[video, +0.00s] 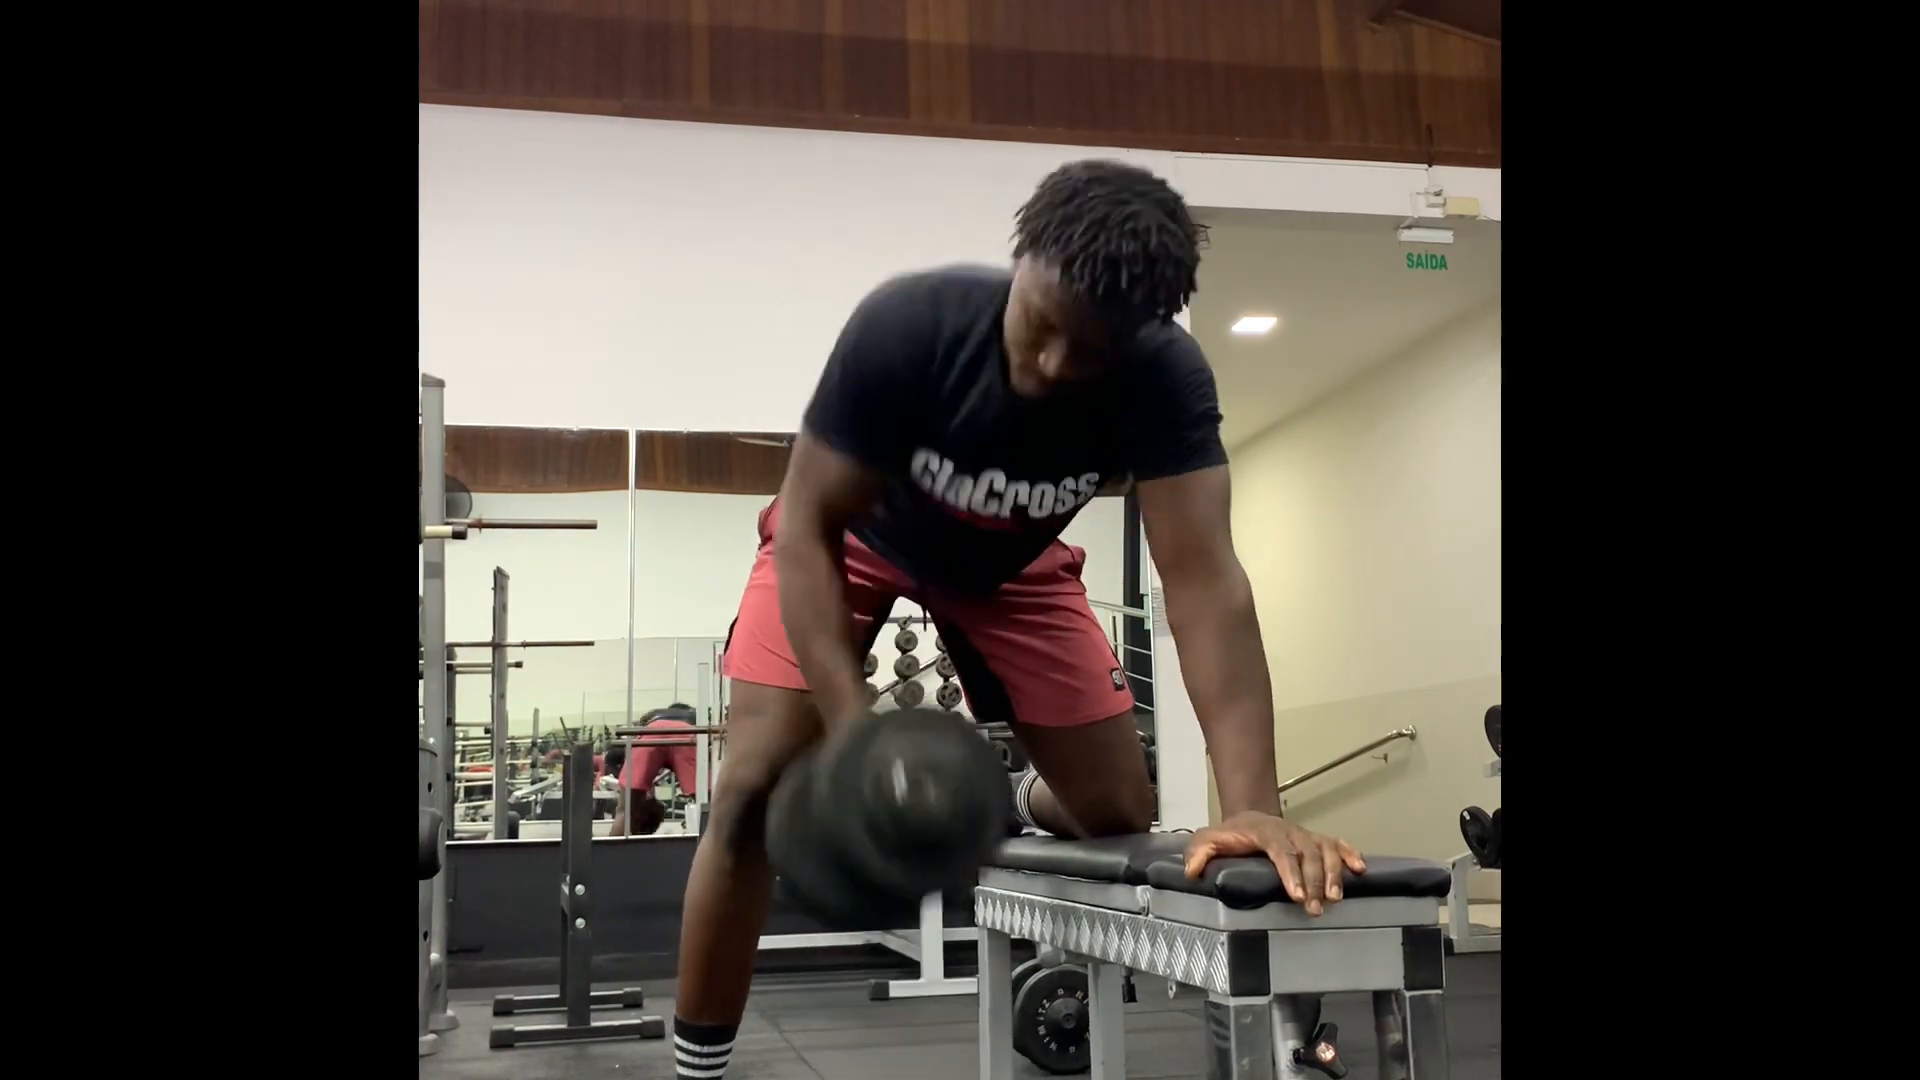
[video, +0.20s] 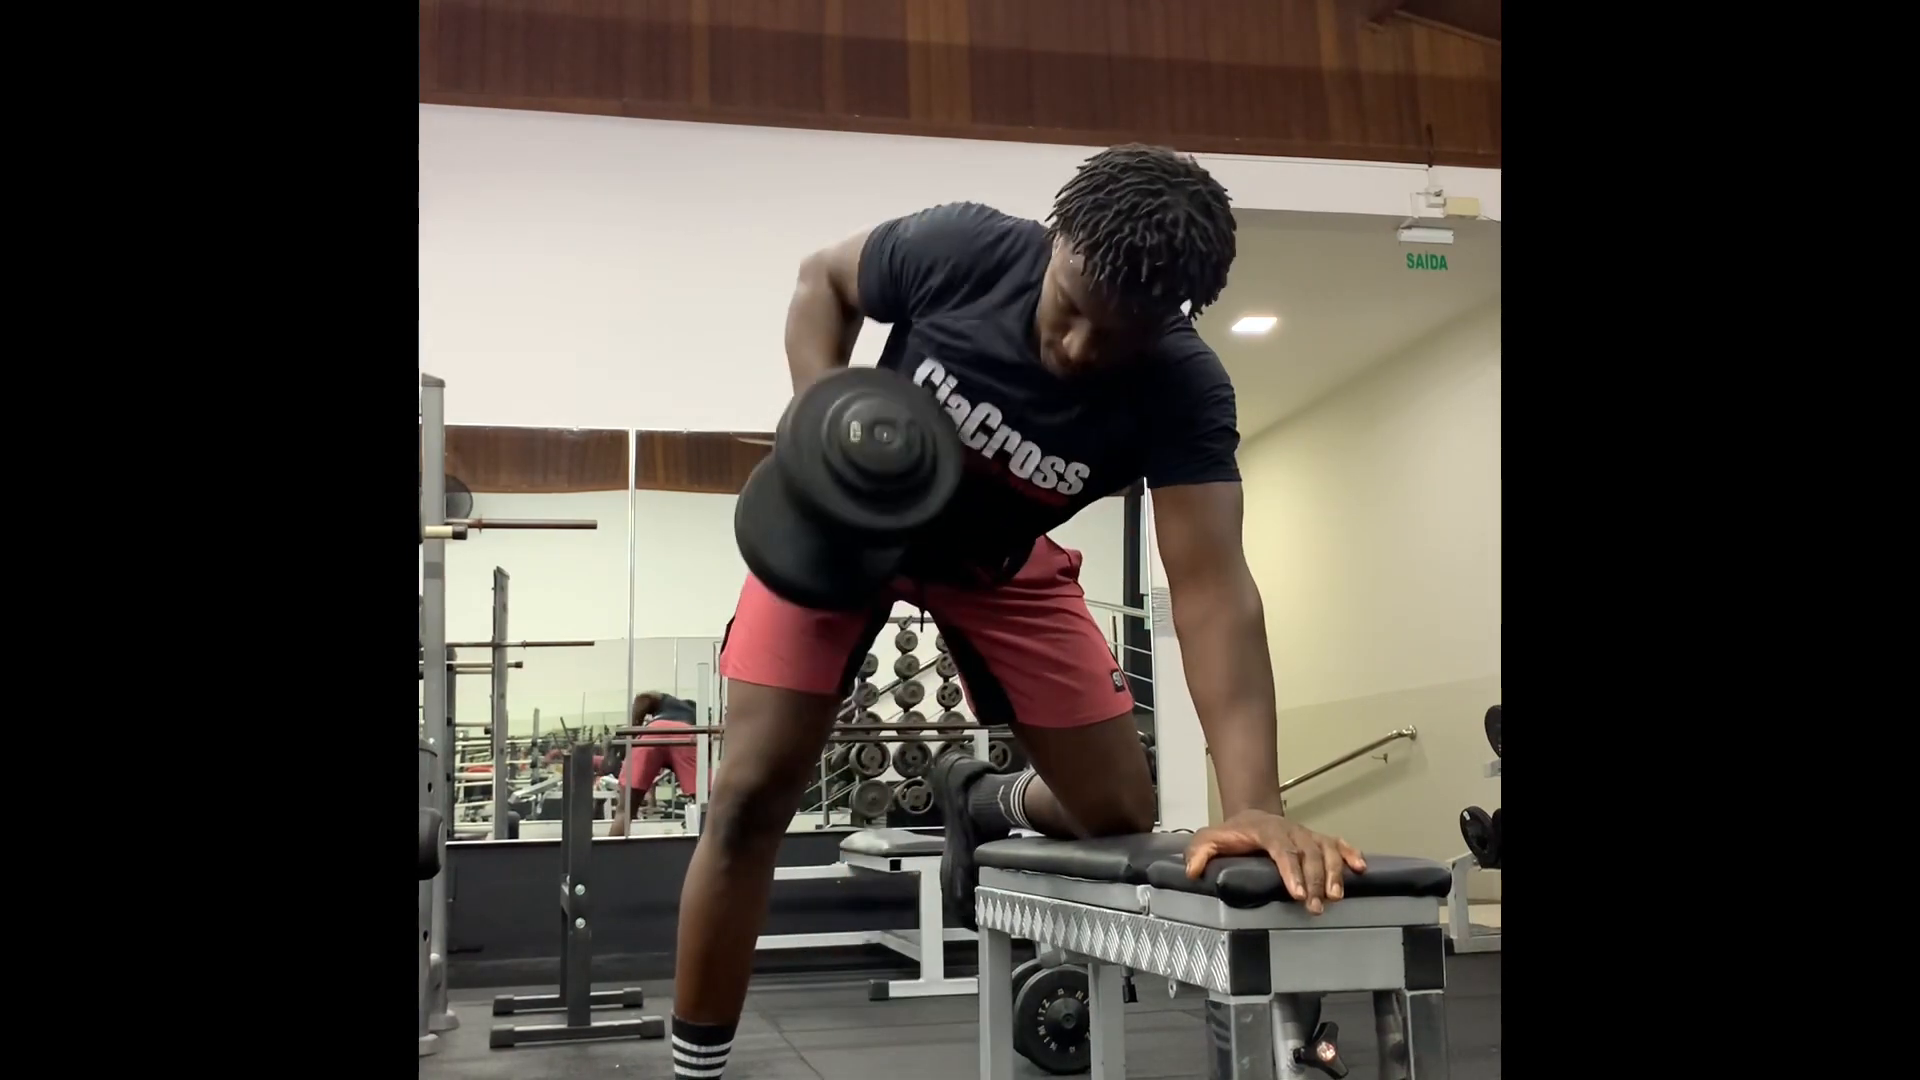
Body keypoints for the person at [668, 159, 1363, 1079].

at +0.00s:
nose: (1055, 363)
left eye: (1089, 346)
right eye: (1041, 327)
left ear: (1141, 328)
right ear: (1018, 267)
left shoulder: (1163, 376)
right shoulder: (904, 327)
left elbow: (1204, 577)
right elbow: (804, 522)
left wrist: (1251, 806)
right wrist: (854, 742)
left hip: (1017, 567)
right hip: (852, 537)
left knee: (1118, 812)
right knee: (748, 788)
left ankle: (1006, 806)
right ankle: (697, 1072)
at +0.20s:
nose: (1077, 345)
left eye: (1113, 331)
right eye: (1068, 308)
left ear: (1172, 317)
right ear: (1054, 247)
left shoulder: (1183, 390)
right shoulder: (962, 250)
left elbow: (1213, 588)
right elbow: (825, 283)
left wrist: (1252, 804)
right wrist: (822, 415)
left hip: (1010, 562)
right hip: (856, 516)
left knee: (1118, 814)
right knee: (748, 795)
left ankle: (986, 804)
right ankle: (695, 1071)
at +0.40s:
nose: (1054, 416)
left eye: (1085, 396)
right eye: (1036, 381)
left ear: (1132, 362)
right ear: (1002, 319)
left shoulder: (1151, 392)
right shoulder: (895, 366)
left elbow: (1196, 582)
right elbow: (793, 552)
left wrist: (1252, 804)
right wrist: (833, 768)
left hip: (1019, 570)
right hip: (851, 544)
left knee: (1119, 814)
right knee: (748, 782)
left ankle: (988, 800)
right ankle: (695, 1069)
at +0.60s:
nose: (1048, 526)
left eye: (1065, 498)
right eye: (1013, 503)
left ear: (1088, 449)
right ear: (953, 457)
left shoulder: (1096, 404)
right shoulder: (867, 528)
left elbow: (1182, 588)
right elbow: (872, 802)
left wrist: (1252, 807)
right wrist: (876, 1053)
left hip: (1012, 557)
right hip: (833, 541)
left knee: (1121, 812)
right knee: (730, 797)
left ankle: (993, 801)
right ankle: (693, 1075)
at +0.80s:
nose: (1025, 447)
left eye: (1052, 427)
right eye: (1003, 419)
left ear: (1098, 390)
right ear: (967, 358)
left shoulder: (1131, 390)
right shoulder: (873, 427)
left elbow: (1194, 583)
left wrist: (1253, 805)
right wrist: (865, 946)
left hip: (1017, 563)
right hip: (840, 552)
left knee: (1120, 810)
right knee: (741, 791)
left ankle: (989, 794)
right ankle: (694, 1074)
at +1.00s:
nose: (1039, 297)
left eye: (1077, 300)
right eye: (1042, 261)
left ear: (1146, 309)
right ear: (1047, 214)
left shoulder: (1176, 386)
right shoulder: (969, 222)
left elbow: (1207, 579)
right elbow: (817, 285)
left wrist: (1253, 803)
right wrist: (815, 420)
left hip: (995, 561)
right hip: (849, 511)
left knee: (1117, 811)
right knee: (741, 794)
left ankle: (978, 800)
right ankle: (692, 1071)